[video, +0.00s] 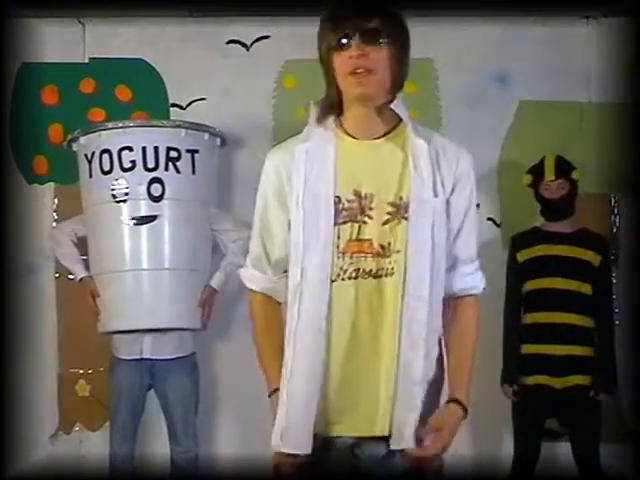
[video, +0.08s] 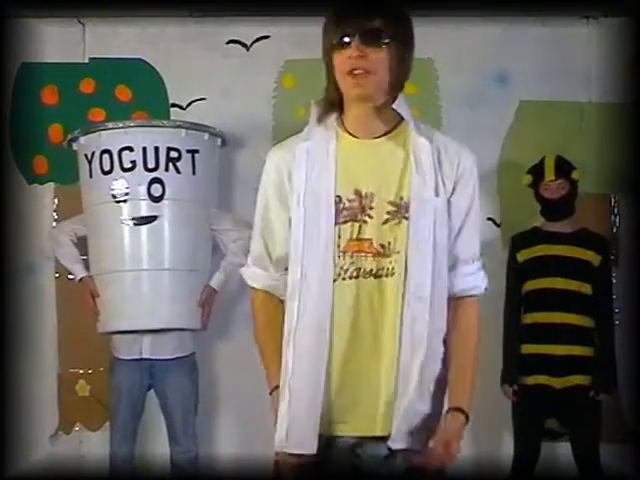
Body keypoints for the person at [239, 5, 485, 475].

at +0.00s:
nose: (357, 54)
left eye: (374, 39)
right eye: (342, 42)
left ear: (400, 54)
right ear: (327, 60)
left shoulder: (448, 164)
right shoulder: (287, 163)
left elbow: (462, 291)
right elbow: (264, 285)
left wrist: (457, 401)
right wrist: (279, 394)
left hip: (408, 425)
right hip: (311, 422)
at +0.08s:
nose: (356, 53)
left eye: (375, 39)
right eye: (343, 41)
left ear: (403, 55)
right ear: (328, 58)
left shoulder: (451, 163)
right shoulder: (288, 162)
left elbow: (464, 293)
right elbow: (266, 285)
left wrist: (456, 411)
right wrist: (280, 393)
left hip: (410, 429)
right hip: (310, 425)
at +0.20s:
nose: (358, 60)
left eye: (378, 46)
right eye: (347, 45)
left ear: (407, 60)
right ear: (332, 58)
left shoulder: (452, 169)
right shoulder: (292, 166)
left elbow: (463, 305)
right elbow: (277, 299)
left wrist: (461, 432)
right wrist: (280, 422)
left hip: (409, 436)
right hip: (312, 430)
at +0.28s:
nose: (359, 58)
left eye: (378, 44)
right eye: (347, 44)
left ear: (408, 59)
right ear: (332, 58)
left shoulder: (454, 169)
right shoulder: (292, 165)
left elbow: (466, 302)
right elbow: (277, 296)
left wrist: (464, 427)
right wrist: (277, 416)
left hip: (409, 437)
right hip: (310, 430)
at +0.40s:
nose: (360, 57)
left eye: (380, 42)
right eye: (347, 43)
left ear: (409, 57)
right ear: (333, 58)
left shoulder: (455, 169)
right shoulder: (293, 165)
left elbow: (469, 302)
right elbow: (273, 292)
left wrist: (467, 426)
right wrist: (272, 410)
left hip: (409, 437)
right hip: (308, 430)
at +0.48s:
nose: (360, 57)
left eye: (379, 42)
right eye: (347, 43)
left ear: (409, 56)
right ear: (333, 59)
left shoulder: (456, 169)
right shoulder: (293, 164)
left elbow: (470, 302)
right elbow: (273, 290)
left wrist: (466, 428)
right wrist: (272, 406)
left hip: (410, 436)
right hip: (310, 428)